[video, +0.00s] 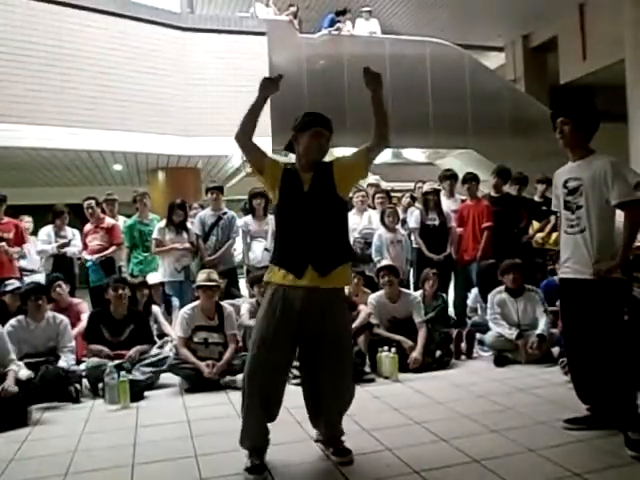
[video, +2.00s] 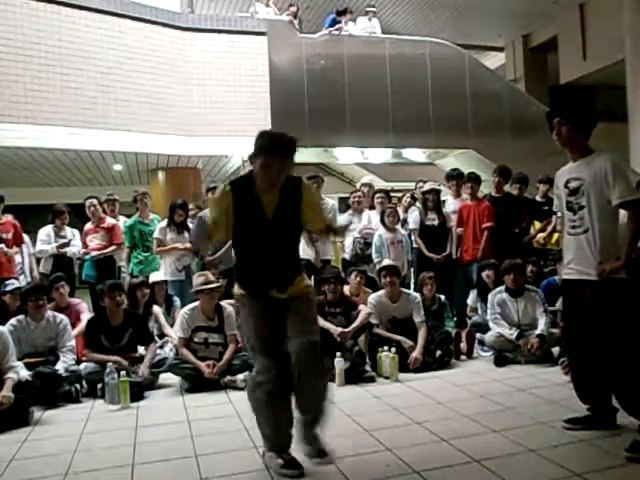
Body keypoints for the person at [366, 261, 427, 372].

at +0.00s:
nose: (387, 279)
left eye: (390, 275)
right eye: (383, 277)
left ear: (398, 278)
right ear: (379, 281)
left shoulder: (413, 298)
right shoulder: (374, 300)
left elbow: (422, 327)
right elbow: (375, 328)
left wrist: (418, 352)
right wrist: (401, 340)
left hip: (408, 331)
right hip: (386, 333)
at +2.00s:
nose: (389, 280)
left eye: (392, 276)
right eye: (385, 277)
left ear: (399, 278)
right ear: (380, 280)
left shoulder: (413, 298)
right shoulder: (374, 299)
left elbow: (422, 326)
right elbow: (374, 328)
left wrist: (418, 351)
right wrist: (401, 339)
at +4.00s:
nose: (394, 281)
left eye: (397, 277)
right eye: (389, 278)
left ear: (404, 280)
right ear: (385, 282)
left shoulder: (417, 301)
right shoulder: (378, 302)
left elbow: (426, 329)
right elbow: (378, 331)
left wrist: (422, 354)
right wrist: (405, 342)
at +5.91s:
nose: (393, 283)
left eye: (397, 279)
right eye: (389, 280)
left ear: (403, 281)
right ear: (385, 283)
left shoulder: (418, 300)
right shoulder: (378, 302)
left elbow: (426, 329)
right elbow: (379, 331)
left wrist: (422, 354)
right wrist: (405, 342)